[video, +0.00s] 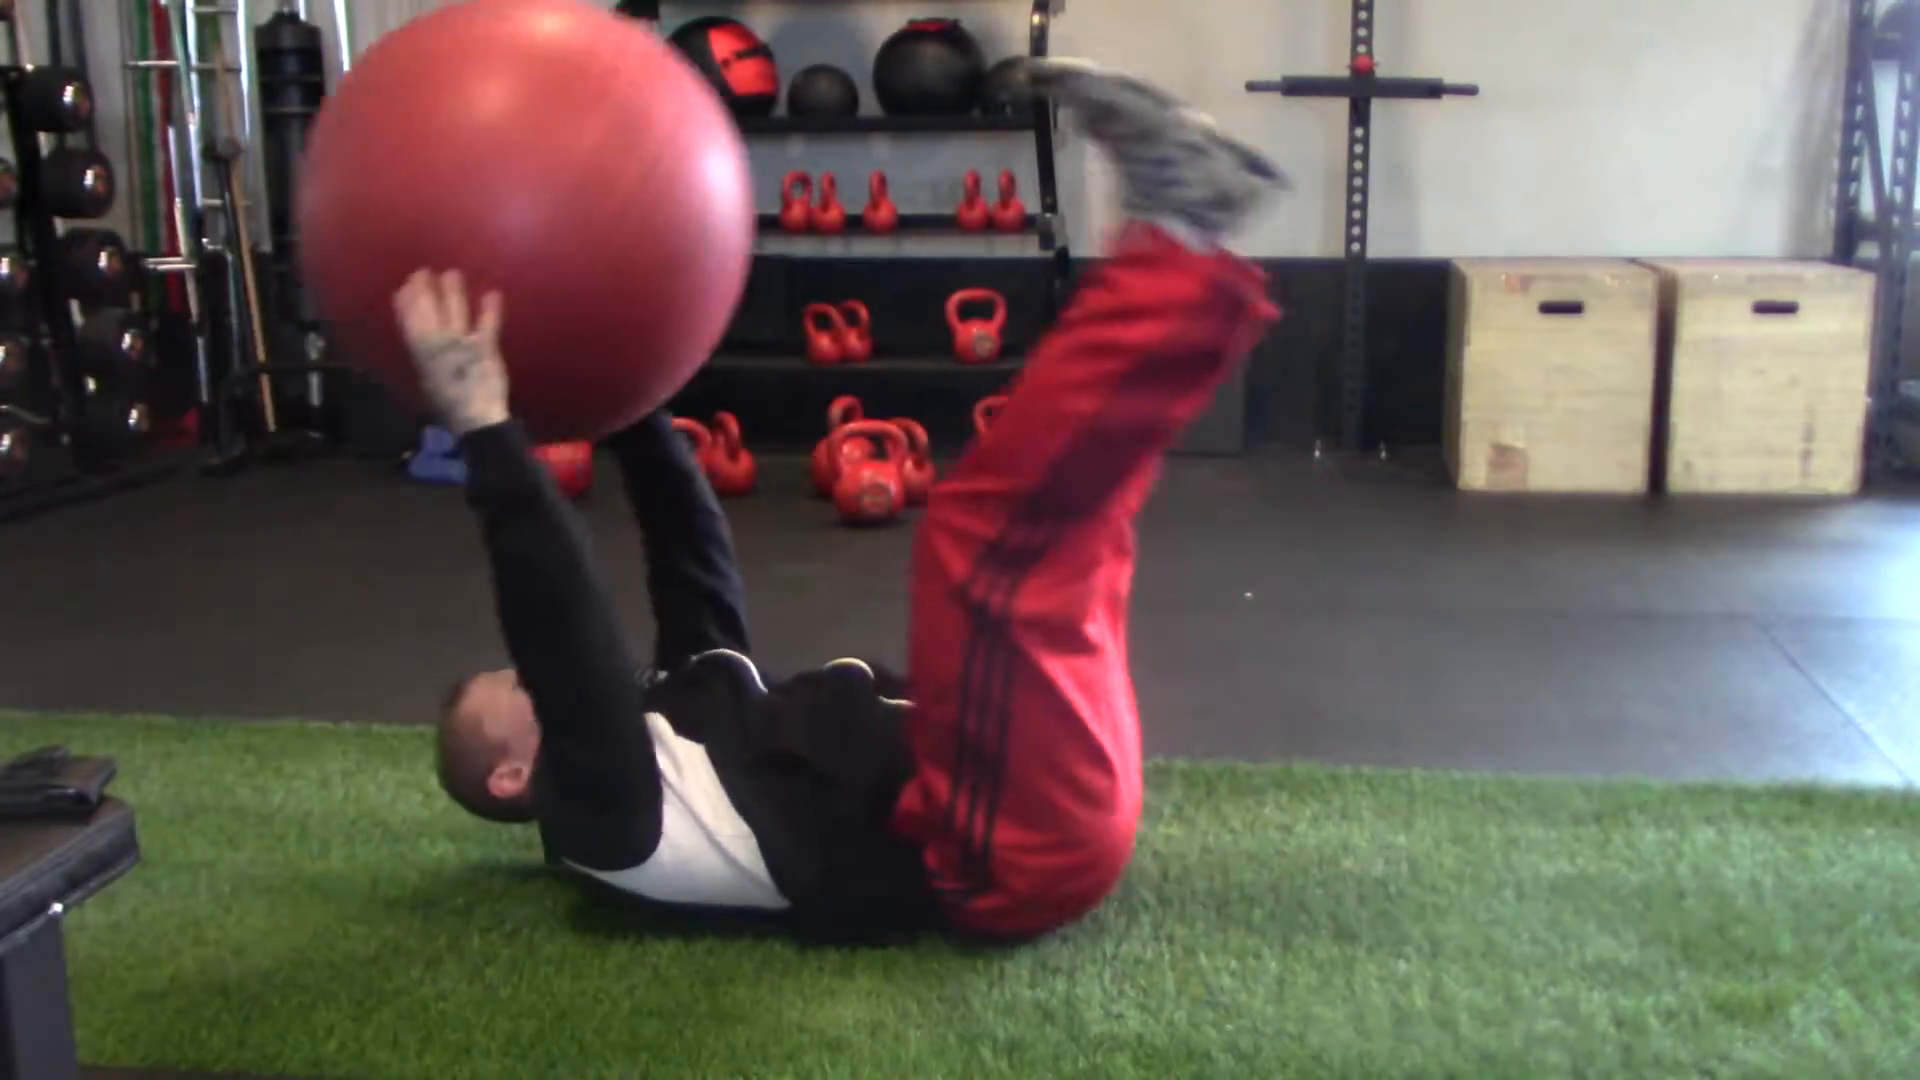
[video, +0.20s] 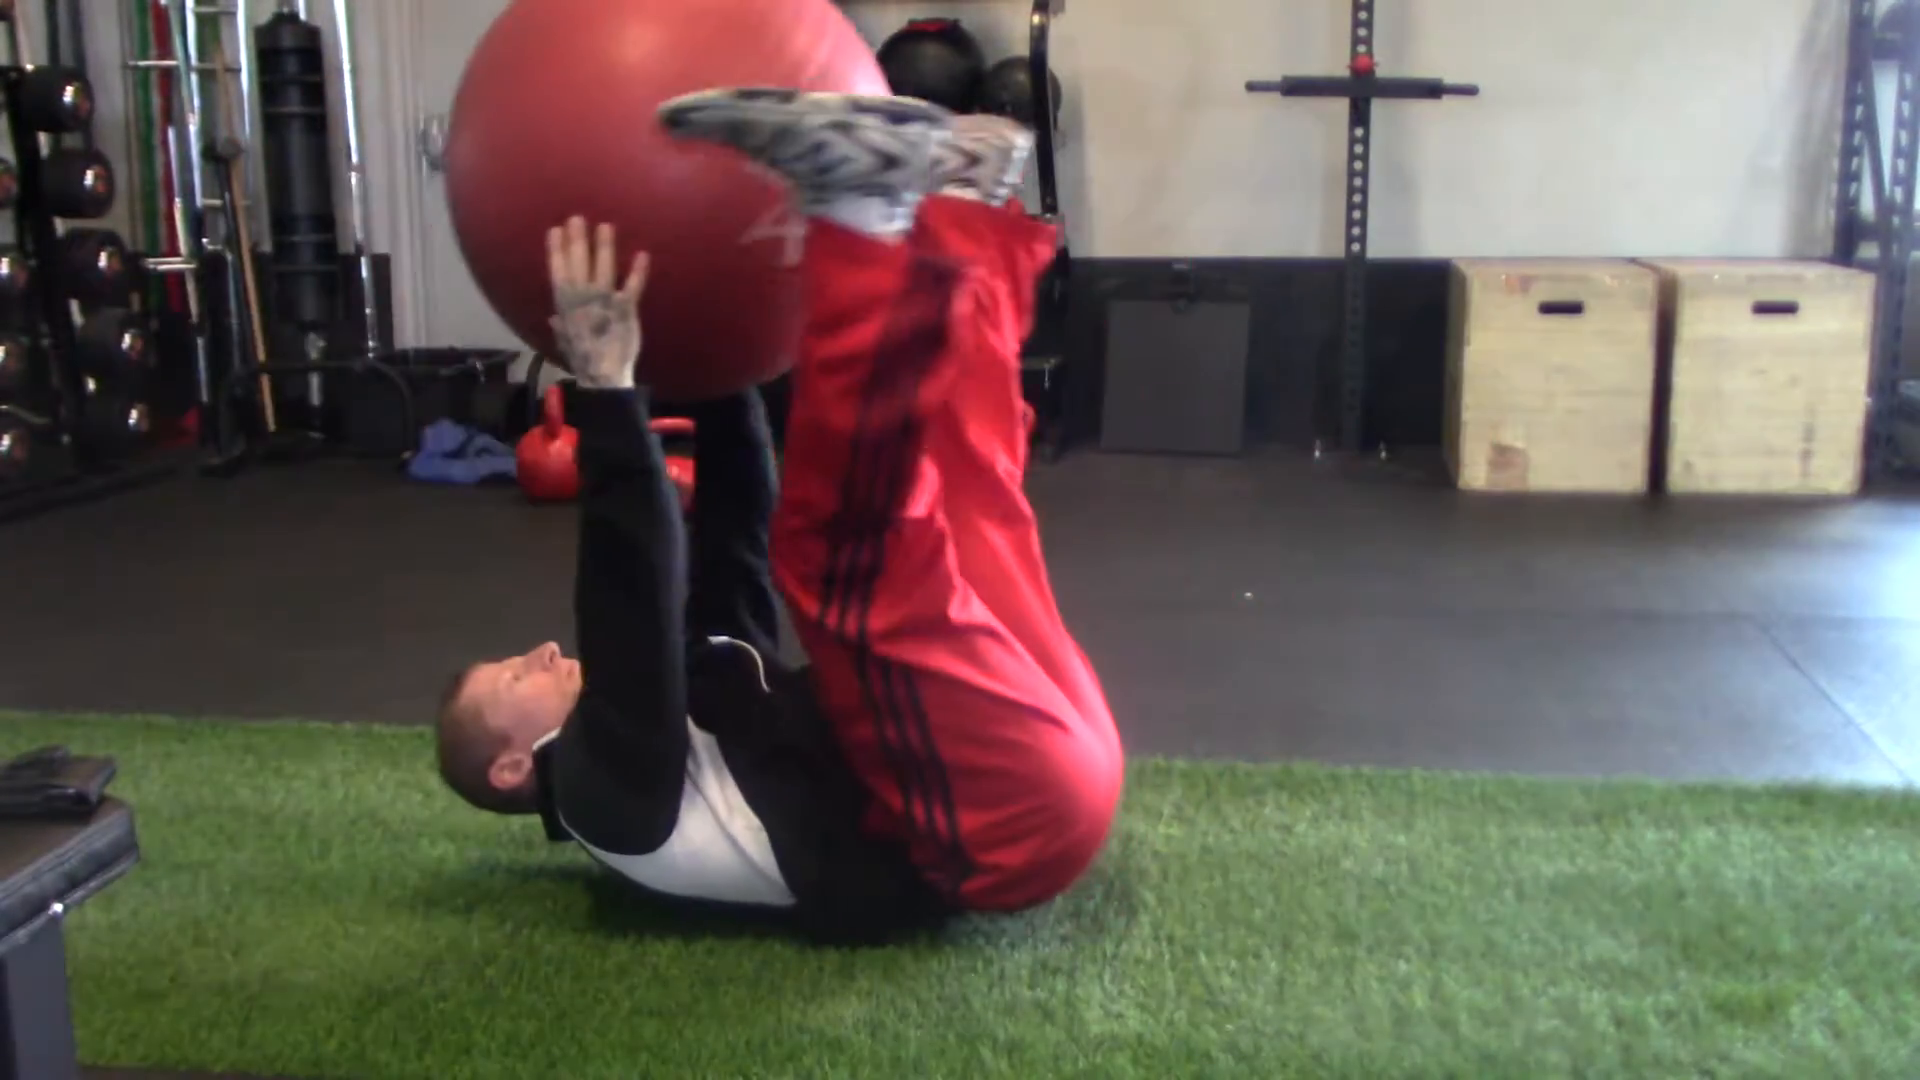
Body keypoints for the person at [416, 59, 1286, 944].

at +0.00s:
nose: (518, 679)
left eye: (504, 675)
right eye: (495, 704)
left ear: (568, 676)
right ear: (511, 782)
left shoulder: (693, 695)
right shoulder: (605, 825)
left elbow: (686, 533)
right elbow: (559, 619)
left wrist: (607, 370)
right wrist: (482, 427)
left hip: (1030, 803)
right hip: (996, 854)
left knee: (1059, 534)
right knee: (975, 533)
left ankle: (1179, 243)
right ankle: (1182, 247)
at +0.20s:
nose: (552, 644)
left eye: (530, 648)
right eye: (520, 669)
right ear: (515, 766)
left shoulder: (706, 700)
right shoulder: (609, 793)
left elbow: (734, 525)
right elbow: (631, 584)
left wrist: (716, 329)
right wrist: (606, 388)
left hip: (1061, 773)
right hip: (988, 825)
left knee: (966, 502)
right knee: (836, 551)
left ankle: (975, 215)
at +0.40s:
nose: (556, 646)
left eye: (533, 651)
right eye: (524, 672)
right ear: (522, 768)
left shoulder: (652, 746)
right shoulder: (610, 787)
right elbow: (650, 581)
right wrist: (638, 385)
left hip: (1049, 754)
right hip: (975, 799)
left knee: (891, 494)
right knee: (788, 549)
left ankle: (810, 250)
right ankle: (704, 229)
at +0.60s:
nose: (541, 660)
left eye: (524, 661)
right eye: (516, 683)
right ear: (515, 776)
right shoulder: (600, 798)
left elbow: (690, 601)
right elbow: (628, 609)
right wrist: (621, 396)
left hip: (1041, 752)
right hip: (970, 797)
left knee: (880, 484)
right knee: (786, 540)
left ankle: (810, 235)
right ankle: (709, 204)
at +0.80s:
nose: (523, 686)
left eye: (508, 682)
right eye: (496, 702)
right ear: (509, 788)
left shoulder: (694, 695)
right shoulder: (602, 829)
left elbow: (695, 556)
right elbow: (561, 642)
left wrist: (641, 388)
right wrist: (492, 434)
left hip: (1054, 751)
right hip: (984, 810)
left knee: (927, 488)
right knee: (840, 532)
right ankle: (792, 194)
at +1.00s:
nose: (519, 692)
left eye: (509, 693)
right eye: (490, 712)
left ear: (546, 704)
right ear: (494, 768)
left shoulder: (654, 712)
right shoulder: (584, 845)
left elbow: (575, 608)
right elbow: (416, 742)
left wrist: (458, 521)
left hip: (1036, 785)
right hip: (987, 836)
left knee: (1017, 503)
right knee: (949, 512)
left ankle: (1027, 226)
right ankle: (1007, 205)